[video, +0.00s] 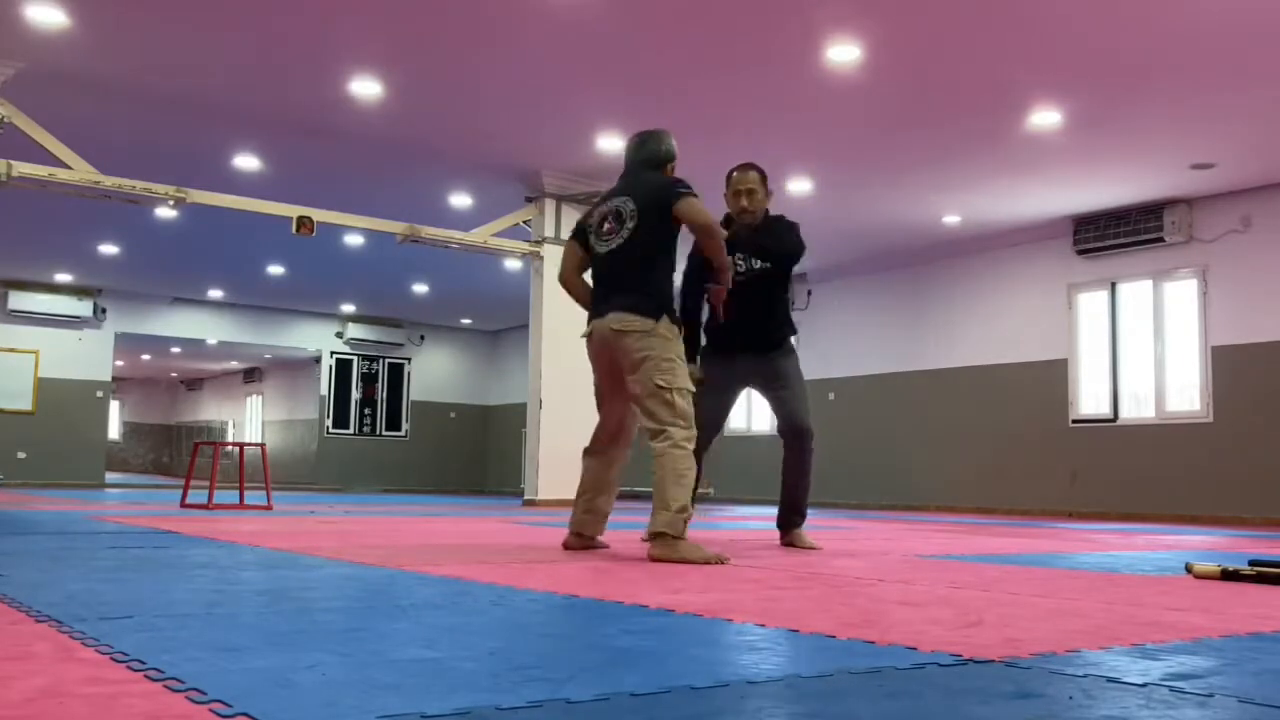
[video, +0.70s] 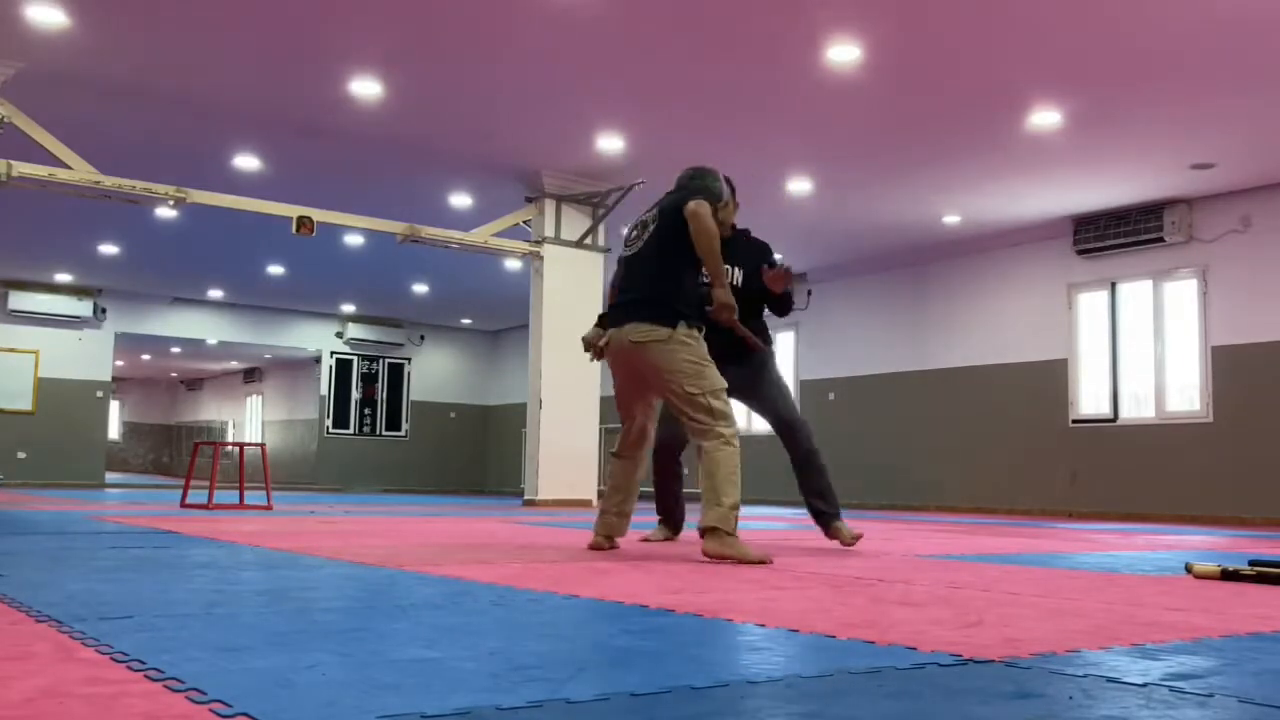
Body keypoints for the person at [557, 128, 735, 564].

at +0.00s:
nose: (677, 170)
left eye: (676, 164)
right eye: (676, 164)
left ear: (629, 163)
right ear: (668, 165)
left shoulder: (598, 208)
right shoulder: (667, 187)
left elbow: (568, 275)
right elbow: (704, 223)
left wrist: (602, 311)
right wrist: (722, 275)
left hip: (600, 327)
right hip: (646, 325)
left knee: (613, 427)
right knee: (674, 429)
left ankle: (583, 530)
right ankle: (668, 537)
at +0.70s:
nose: (724, 214)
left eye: (725, 207)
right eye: (723, 204)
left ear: (680, 183)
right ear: (711, 191)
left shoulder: (644, 222)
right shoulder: (701, 186)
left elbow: (622, 284)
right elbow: (697, 211)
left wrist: (606, 325)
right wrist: (720, 285)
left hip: (619, 336)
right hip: (665, 334)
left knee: (635, 432)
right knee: (718, 432)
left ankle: (606, 531)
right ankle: (720, 534)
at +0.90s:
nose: (747, 184)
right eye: (746, 177)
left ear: (696, 170)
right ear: (738, 173)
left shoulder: (664, 209)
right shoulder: (732, 194)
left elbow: (627, 276)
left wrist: (659, 311)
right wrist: (778, 311)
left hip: (645, 329)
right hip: (690, 327)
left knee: (648, 432)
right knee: (746, 423)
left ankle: (605, 528)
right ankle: (758, 529)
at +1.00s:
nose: (768, 170)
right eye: (768, 164)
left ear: (718, 159)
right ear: (762, 163)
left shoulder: (680, 200)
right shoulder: (761, 192)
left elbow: (647, 263)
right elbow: (797, 271)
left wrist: (680, 295)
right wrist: (810, 318)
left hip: (666, 325)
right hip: (715, 325)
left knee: (660, 429)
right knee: (760, 431)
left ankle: (614, 523)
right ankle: (770, 540)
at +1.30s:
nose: (764, 194)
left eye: (767, 187)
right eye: (767, 184)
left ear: (732, 163)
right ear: (758, 174)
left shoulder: (722, 219)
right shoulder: (717, 176)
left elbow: (729, 297)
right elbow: (704, 179)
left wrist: (788, 308)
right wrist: (721, 253)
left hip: (642, 319)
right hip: (680, 320)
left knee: (656, 433)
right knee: (737, 421)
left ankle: (613, 524)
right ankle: (699, 523)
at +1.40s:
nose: (771, 216)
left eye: (774, 208)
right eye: (772, 206)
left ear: (748, 198)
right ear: (760, 198)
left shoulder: (728, 251)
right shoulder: (718, 198)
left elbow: (738, 319)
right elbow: (669, 185)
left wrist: (782, 360)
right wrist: (703, 242)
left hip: (636, 338)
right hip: (657, 338)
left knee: (663, 425)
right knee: (702, 436)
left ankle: (613, 502)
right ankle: (644, 537)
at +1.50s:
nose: (763, 238)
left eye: (766, 229)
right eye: (764, 227)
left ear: (739, 217)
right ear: (750, 218)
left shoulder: (711, 262)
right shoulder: (709, 220)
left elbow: (735, 331)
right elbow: (673, 207)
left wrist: (787, 365)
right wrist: (723, 257)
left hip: (637, 353)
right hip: (645, 352)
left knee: (665, 446)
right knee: (699, 439)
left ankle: (653, 537)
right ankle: (650, 540)